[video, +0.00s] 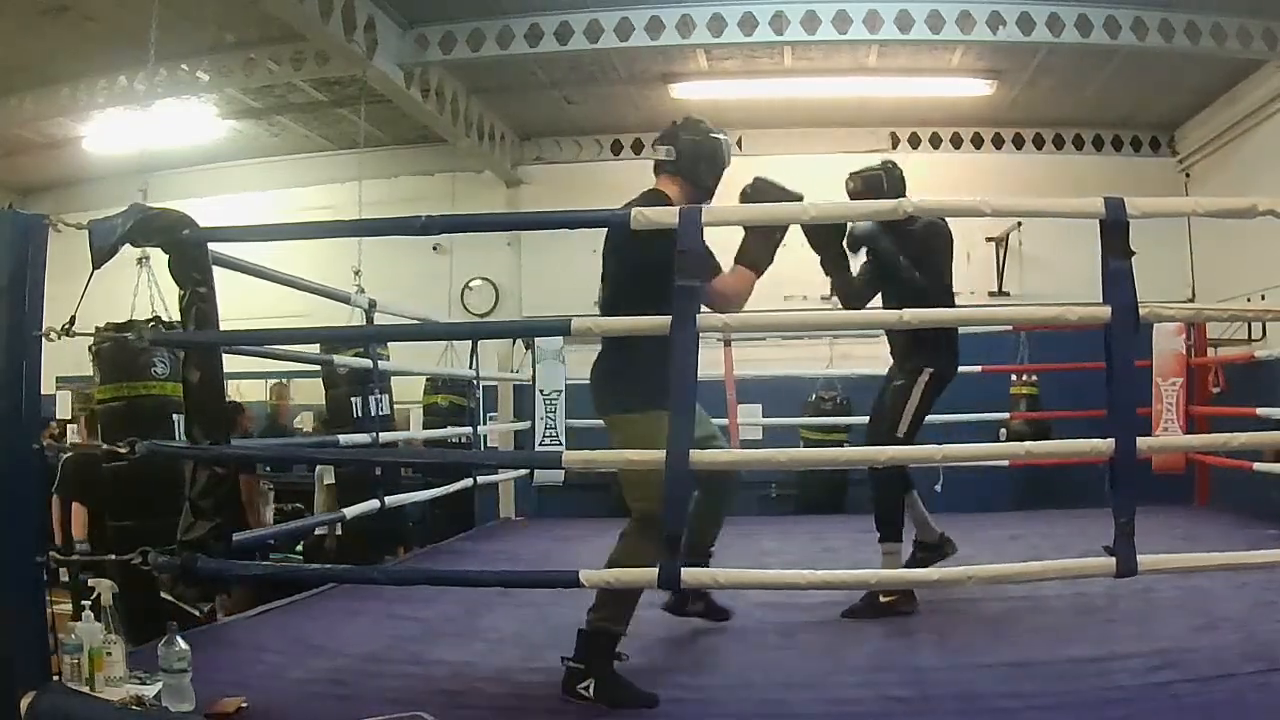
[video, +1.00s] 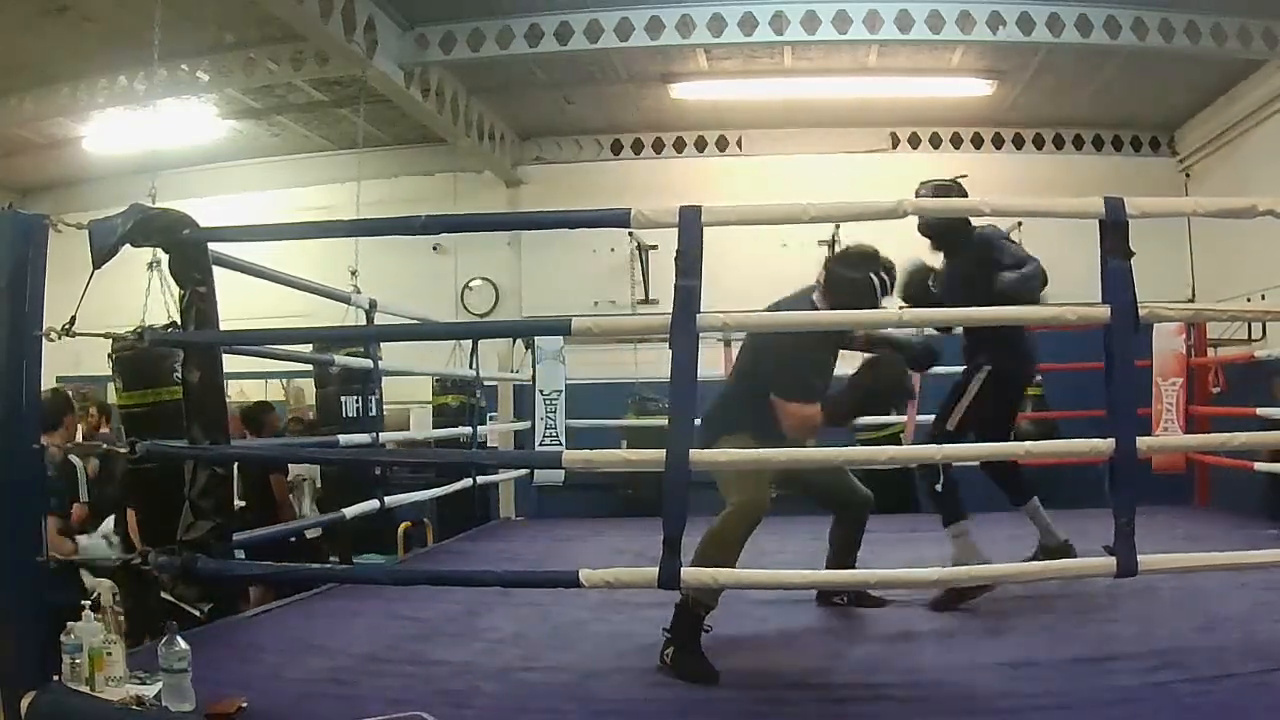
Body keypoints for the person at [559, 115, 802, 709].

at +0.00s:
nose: (719, 185)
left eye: (721, 175)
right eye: (719, 174)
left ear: (665, 163)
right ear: (704, 171)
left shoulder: (639, 215)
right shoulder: (669, 221)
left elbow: (709, 289)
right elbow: (730, 295)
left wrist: (754, 238)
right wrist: (763, 232)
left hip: (641, 390)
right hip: (645, 394)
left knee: (722, 466)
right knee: (655, 521)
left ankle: (687, 582)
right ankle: (591, 662)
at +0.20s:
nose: (750, 188)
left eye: (748, 179)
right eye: (749, 180)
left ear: (697, 171)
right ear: (738, 177)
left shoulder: (673, 225)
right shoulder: (714, 226)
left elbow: (678, 319)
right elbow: (774, 292)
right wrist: (793, 225)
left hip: (681, 393)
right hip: (688, 398)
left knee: (725, 504)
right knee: (682, 523)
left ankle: (751, 601)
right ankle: (604, 650)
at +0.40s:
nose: (779, 189)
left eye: (778, 180)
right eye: (776, 179)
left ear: (725, 173)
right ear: (762, 178)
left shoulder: (701, 221)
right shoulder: (746, 227)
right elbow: (799, 295)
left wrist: (801, 231)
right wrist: (819, 235)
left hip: (722, 390)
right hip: (724, 396)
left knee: (766, 496)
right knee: (758, 512)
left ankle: (759, 599)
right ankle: (679, 632)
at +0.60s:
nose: (802, 203)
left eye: (798, 194)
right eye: (797, 193)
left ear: (758, 189)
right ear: (778, 193)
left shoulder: (760, 236)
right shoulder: (753, 241)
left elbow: (819, 289)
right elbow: (829, 292)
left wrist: (825, 238)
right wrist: (848, 229)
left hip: (756, 402)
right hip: (737, 406)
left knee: (799, 466)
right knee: (758, 521)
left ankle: (799, 580)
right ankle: (673, 636)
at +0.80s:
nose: (850, 296)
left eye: (855, 288)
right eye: (850, 286)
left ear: (821, 262)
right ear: (834, 273)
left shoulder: (814, 304)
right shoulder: (787, 295)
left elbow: (862, 353)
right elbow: (859, 352)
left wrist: (897, 320)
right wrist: (898, 312)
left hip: (772, 426)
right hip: (725, 424)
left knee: (844, 495)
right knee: (759, 507)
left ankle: (834, 582)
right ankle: (685, 636)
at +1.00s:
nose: (866, 318)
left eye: (869, 308)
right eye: (861, 308)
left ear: (865, 295)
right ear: (835, 294)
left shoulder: (832, 317)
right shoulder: (791, 325)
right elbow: (797, 423)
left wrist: (897, 348)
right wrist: (859, 396)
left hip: (782, 434)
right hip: (733, 432)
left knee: (855, 502)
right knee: (749, 504)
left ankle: (837, 583)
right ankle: (682, 636)